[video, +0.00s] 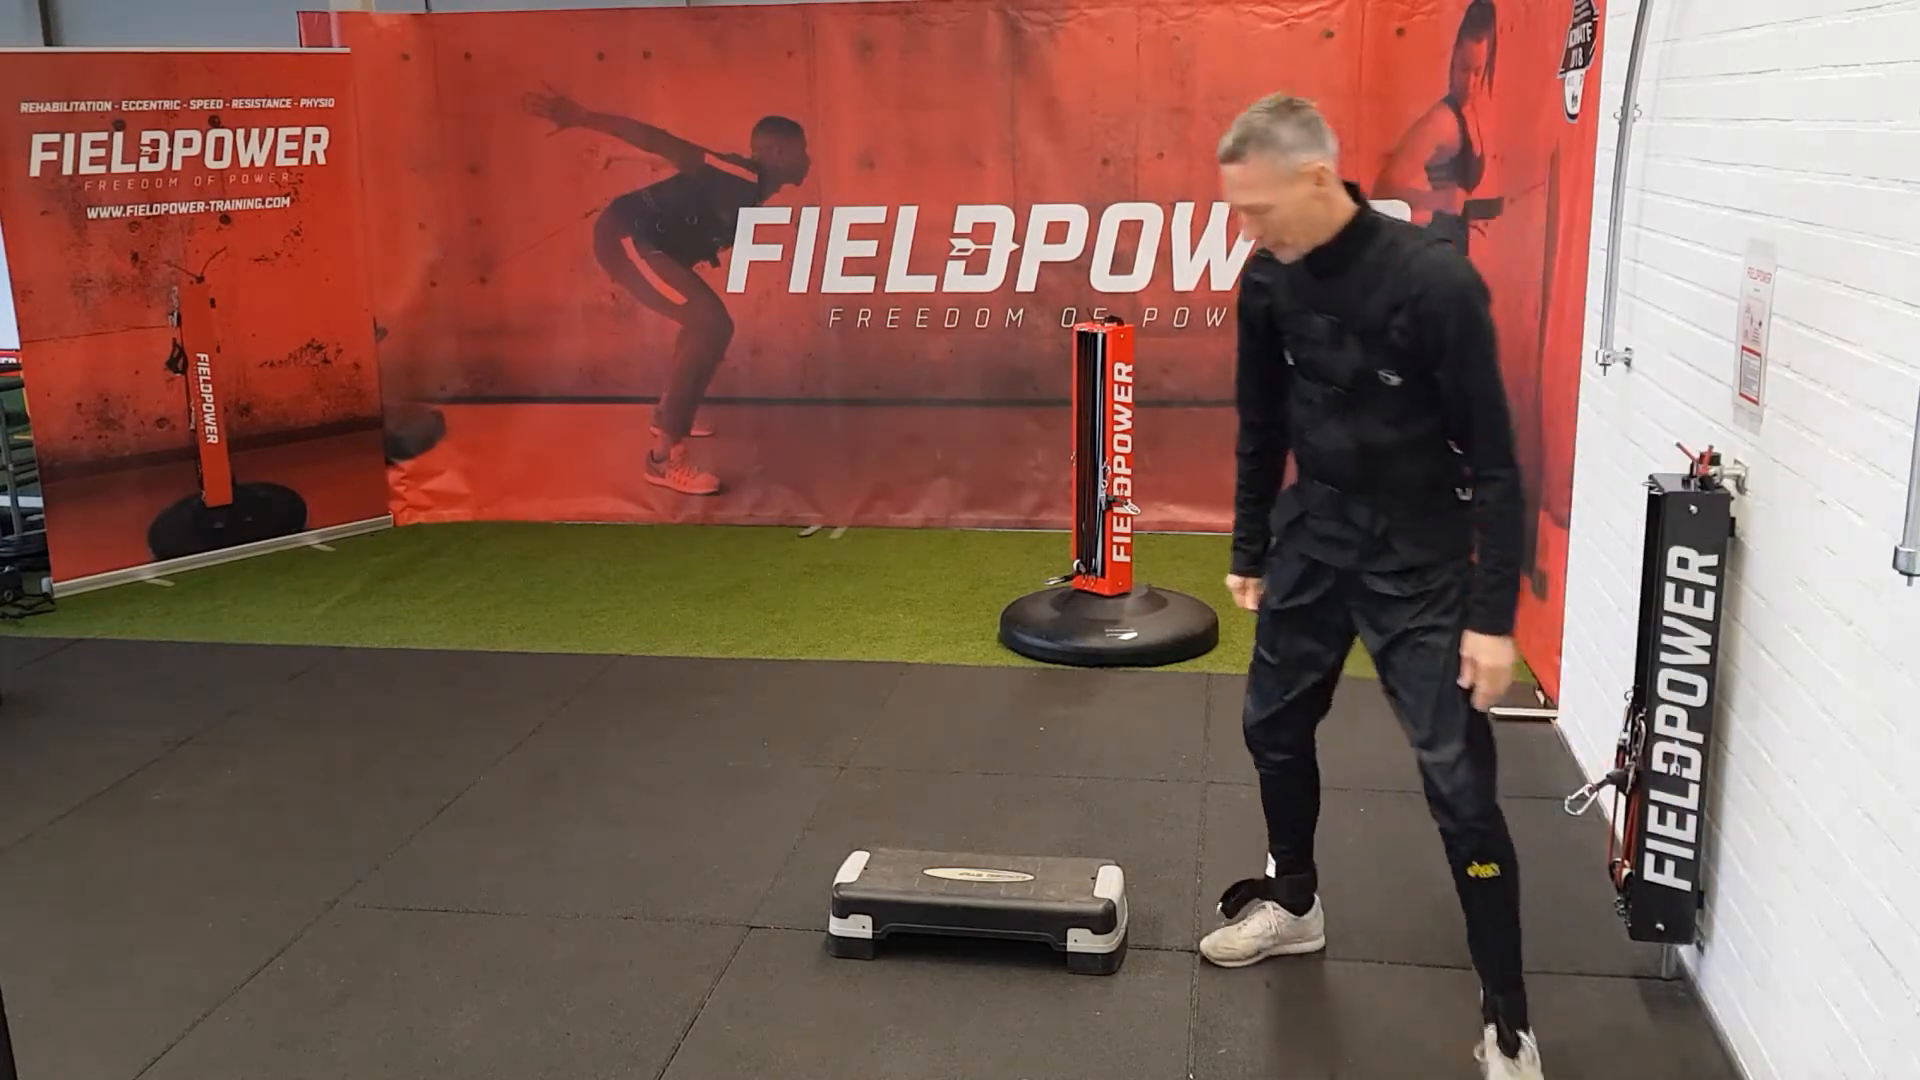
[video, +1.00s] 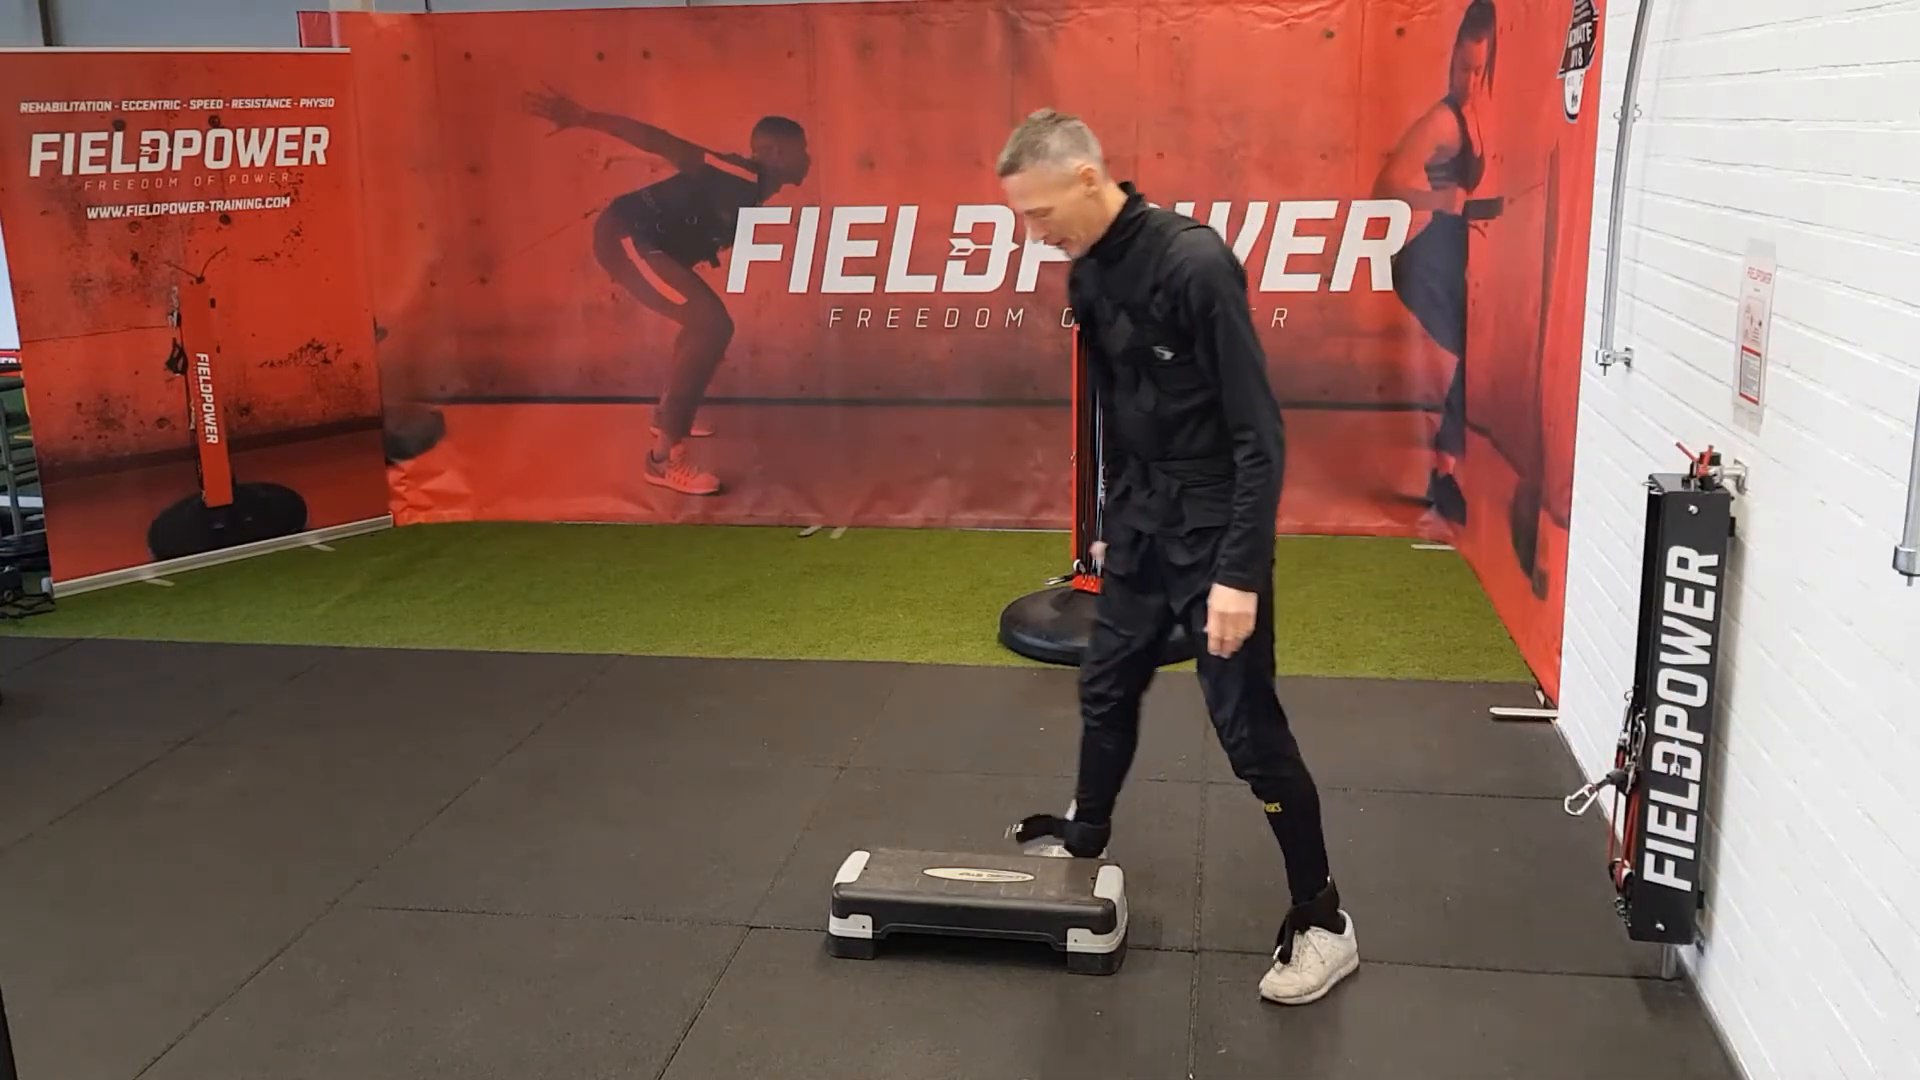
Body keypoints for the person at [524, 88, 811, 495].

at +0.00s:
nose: (807, 158)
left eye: (805, 149)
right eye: (800, 150)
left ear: (773, 151)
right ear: (771, 150)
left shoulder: (750, 188)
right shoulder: (736, 176)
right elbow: (660, 142)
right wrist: (584, 117)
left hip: (645, 237)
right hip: (626, 233)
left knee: (709, 322)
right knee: (713, 325)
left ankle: (670, 413)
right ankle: (665, 456)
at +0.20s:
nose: (807, 158)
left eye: (805, 149)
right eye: (800, 150)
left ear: (773, 151)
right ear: (771, 150)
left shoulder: (750, 188)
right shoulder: (736, 176)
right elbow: (660, 142)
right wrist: (584, 117)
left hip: (645, 237)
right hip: (626, 233)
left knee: (709, 322)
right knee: (713, 325)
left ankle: (670, 413)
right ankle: (664, 456)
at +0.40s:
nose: (807, 159)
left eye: (805, 150)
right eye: (800, 150)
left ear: (774, 151)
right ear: (772, 150)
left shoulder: (750, 188)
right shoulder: (735, 176)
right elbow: (660, 142)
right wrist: (584, 117)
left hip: (645, 237)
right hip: (626, 233)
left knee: (709, 322)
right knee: (713, 325)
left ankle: (670, 412)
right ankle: (665, 456)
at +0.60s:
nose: (807, 159)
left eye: (805, 150)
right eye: (800, 150)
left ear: (774, 151)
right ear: (772, 150)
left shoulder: (750, 188)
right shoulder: (735, 176)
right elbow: (659, 142)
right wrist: (584, 117)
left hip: (645, 237)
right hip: (626, 233)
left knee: (709, 322)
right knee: (713, 325)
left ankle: (670, 412)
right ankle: (665, 456)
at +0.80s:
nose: (808, 158)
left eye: (805, 149)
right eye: (800, 150)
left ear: (774, 151)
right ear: (771, 150)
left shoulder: (751, 188)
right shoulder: (734, 176)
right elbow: (659, 141)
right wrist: (584, 117)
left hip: (646, 237)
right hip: (626, 234)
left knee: (709, 322)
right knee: (713, 325)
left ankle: (670, 413)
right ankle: (665, 457)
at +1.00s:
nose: (808, 158)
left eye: (805, 149)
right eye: (800, 150)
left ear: (774, 152)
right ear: (770, 150)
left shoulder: (752, 188)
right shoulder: (735, 176)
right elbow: (658, 141)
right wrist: (584, 117)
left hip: (646, 237)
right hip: (626, 233)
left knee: (709, 322)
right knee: (713, 325)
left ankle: (670, 413)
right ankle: (665, 457)